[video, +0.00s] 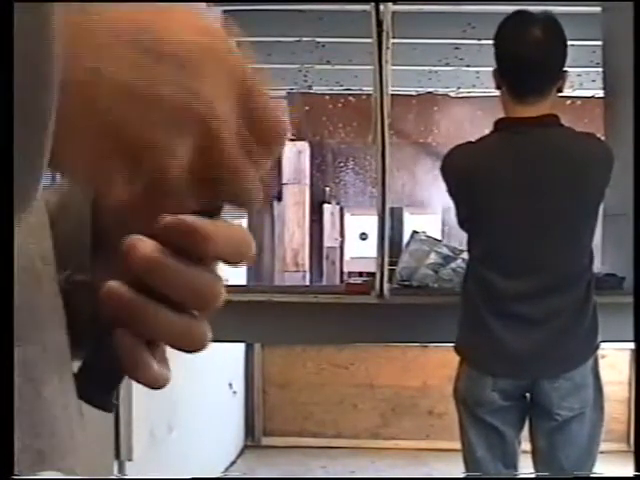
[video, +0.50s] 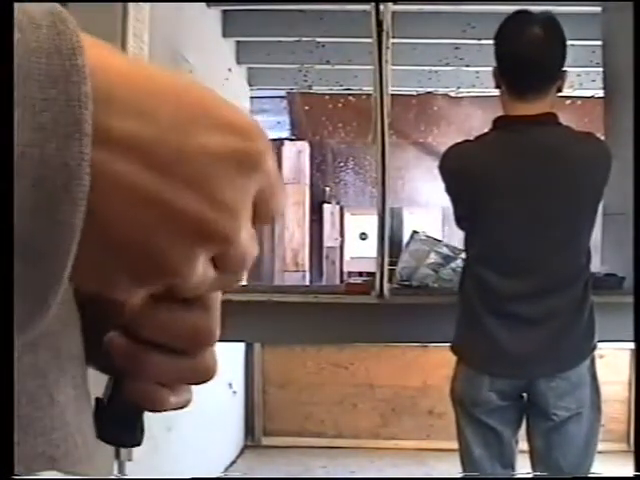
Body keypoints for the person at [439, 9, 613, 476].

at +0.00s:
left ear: (497, 81)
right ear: (563, 82)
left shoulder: (462, 163)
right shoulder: (595, 157)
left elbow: (474, 223)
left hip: (488, 361)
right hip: (568, 362)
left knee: (488, 472)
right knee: (567, 472)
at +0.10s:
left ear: (497, 80)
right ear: (563, 81)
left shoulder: (461, 162)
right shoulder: (594, 156)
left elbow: (473, 222)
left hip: (488, 361)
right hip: (568, 361)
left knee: (488, 472)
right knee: (567, 472)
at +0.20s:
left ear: (497, 80)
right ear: (563, 81)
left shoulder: (461, 161)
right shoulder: (594, 156)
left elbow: (472, 221)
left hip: (487, 361)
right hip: (567, 362)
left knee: (487, 472)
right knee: (566, 472)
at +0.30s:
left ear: (497, 80)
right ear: (563, 81)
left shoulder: (461, 161)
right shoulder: (594, 156)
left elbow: (471, 222)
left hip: (485, 362)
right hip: (566, 363)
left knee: (486, 472)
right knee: (566, 472)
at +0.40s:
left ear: (497, 80)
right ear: (563, 81)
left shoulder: (460, 161)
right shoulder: (593, 156)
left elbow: (472, 222)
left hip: (484, 362)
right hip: (565, 363)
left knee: (486, 472)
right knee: (565, 472)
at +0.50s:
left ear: (497, 80)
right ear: (562, 81)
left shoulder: (460, 161)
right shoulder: (593, 156)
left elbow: (471, 222)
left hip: (485, 361)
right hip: (565, 362)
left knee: (486, 472)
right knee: (565, 472)